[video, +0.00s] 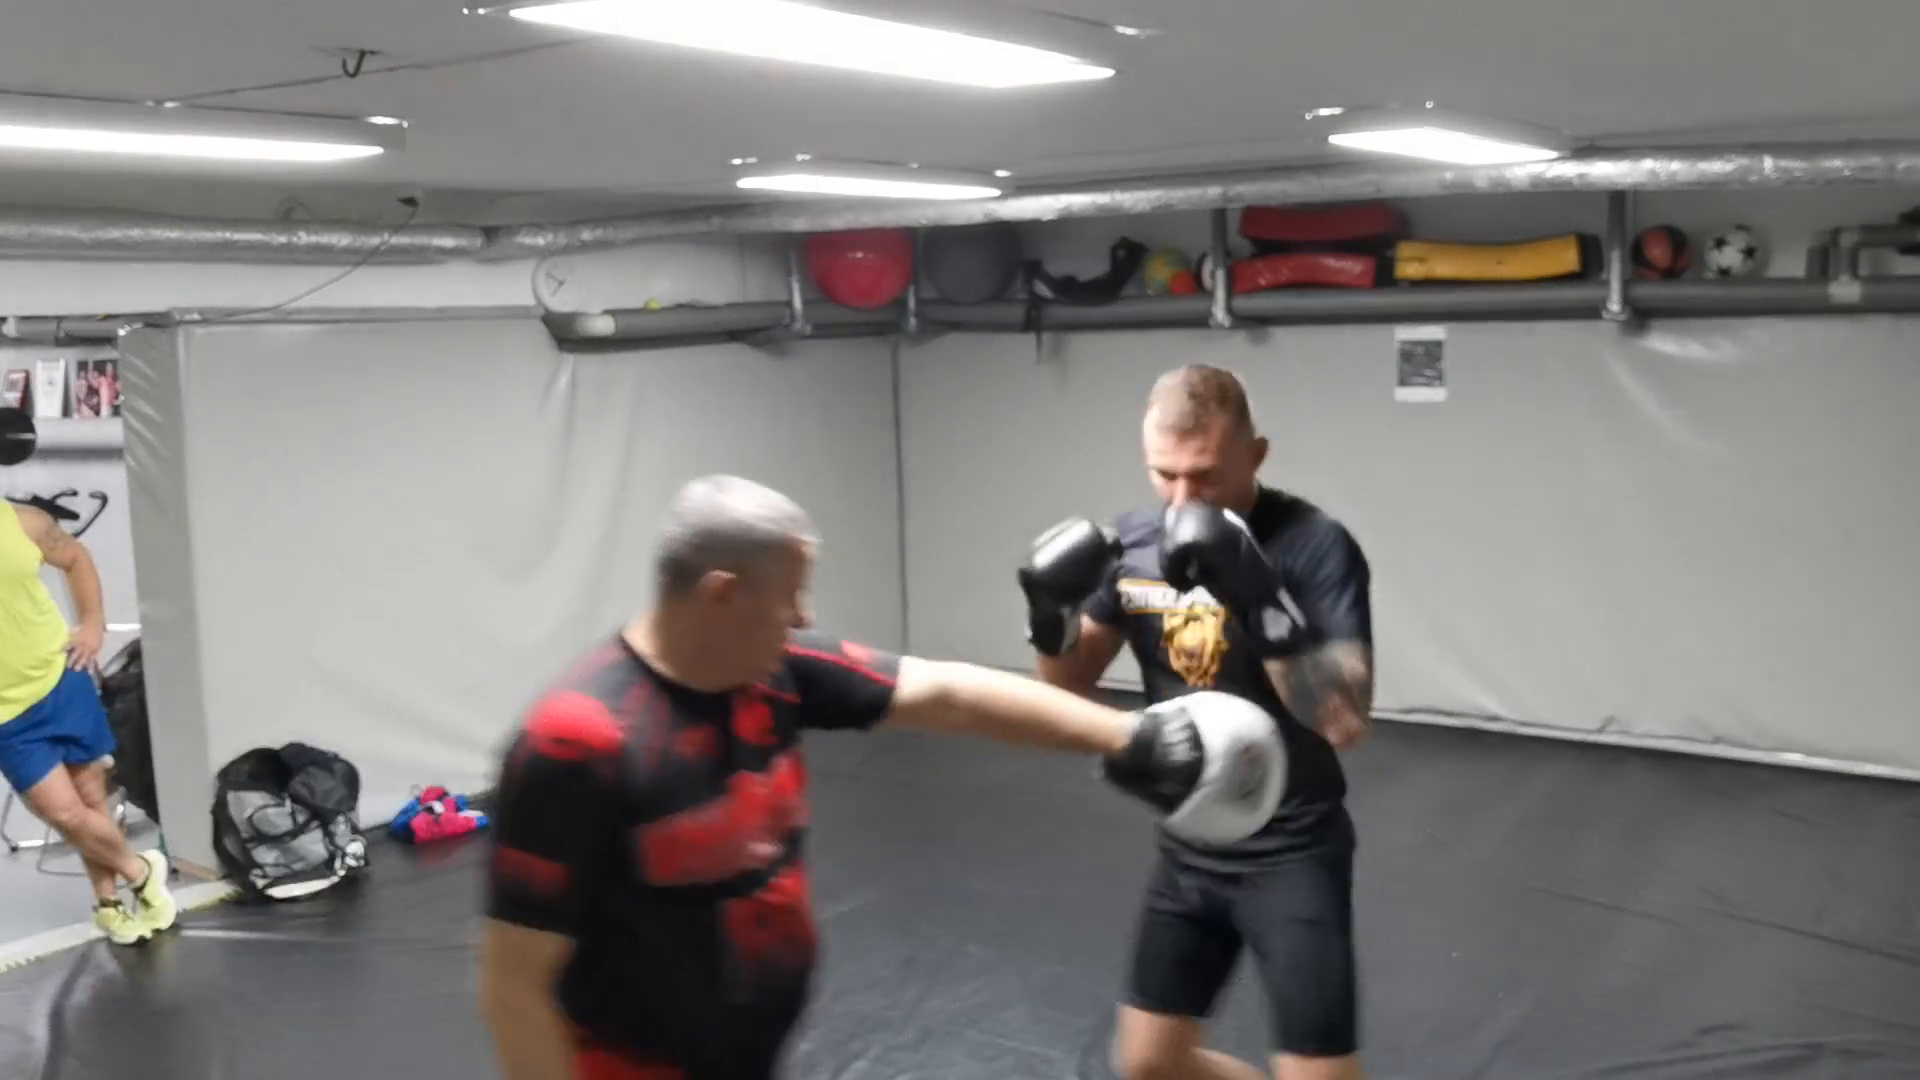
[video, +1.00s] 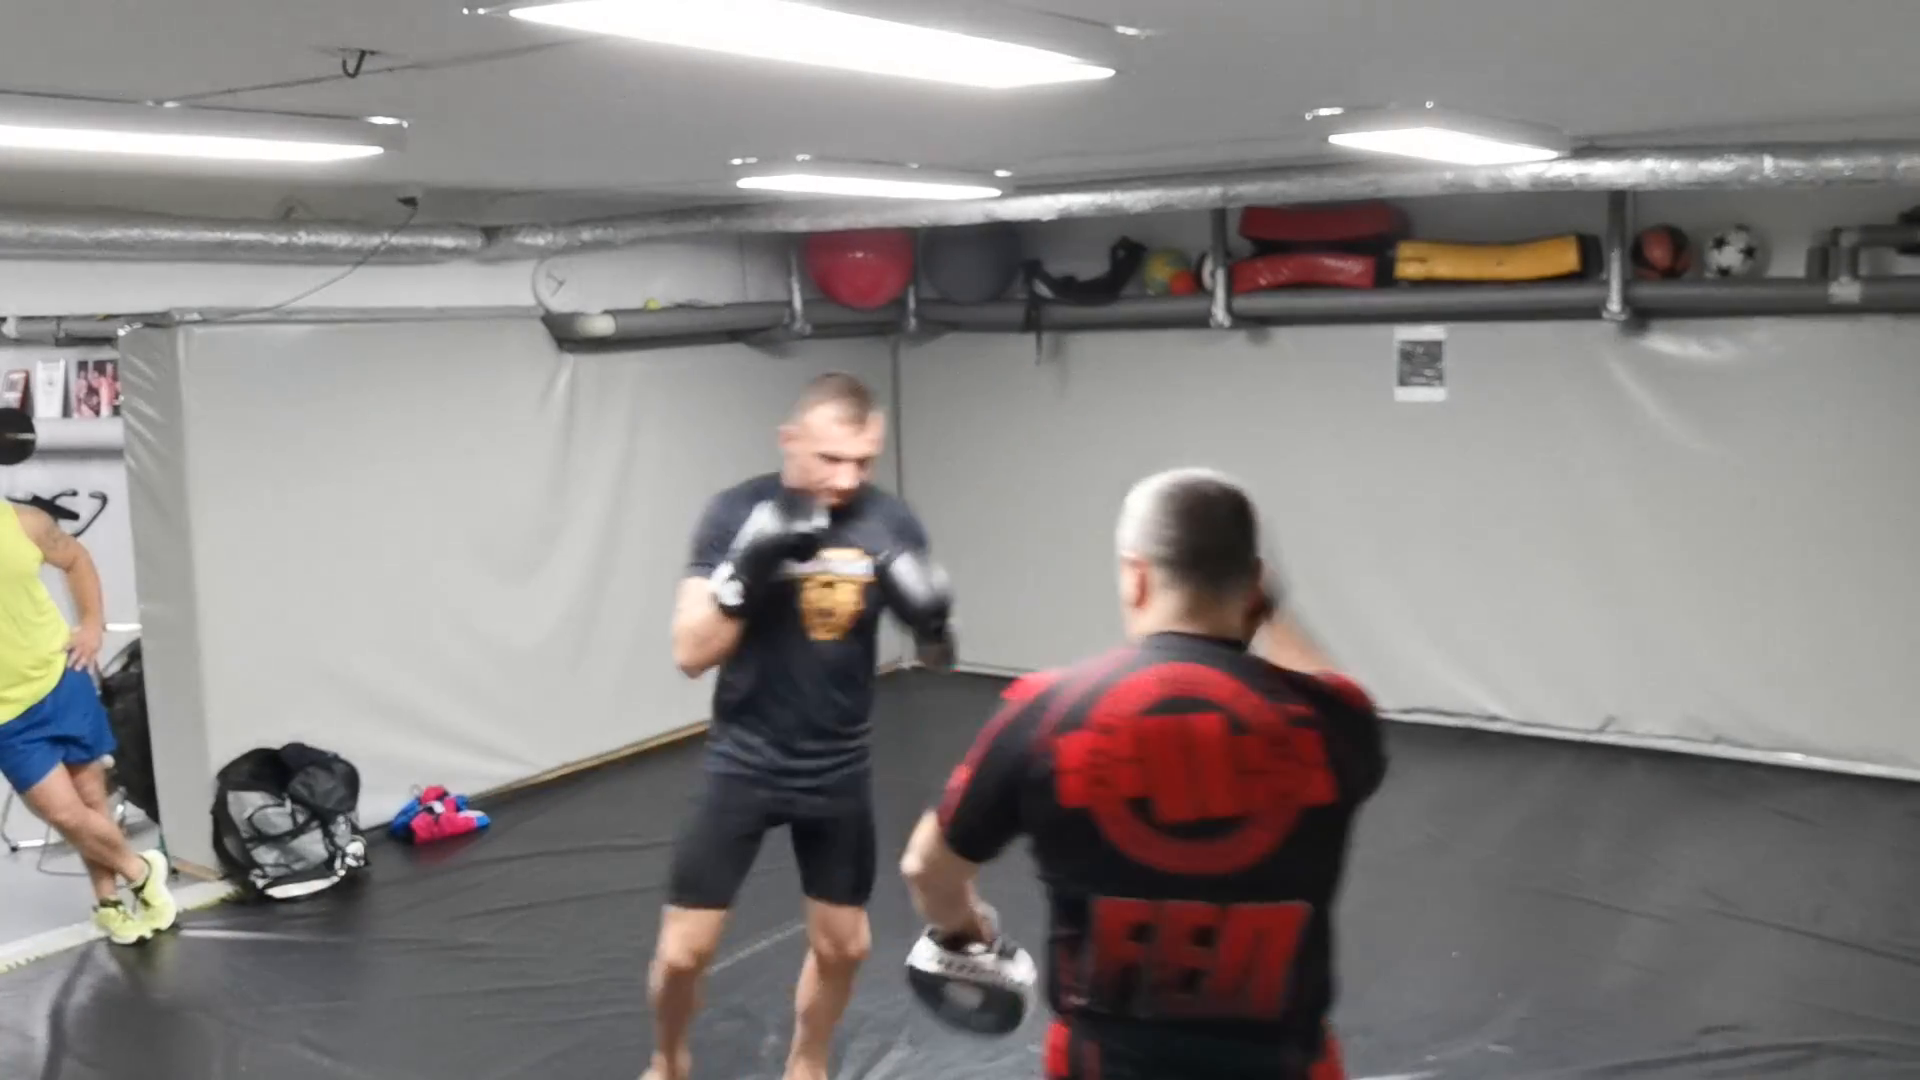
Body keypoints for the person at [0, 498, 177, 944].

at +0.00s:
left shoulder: (21, 522)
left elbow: (76, 557)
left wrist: (93, 622)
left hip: (62, 682)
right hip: (8, 714)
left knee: (90, 798)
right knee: (65, 816)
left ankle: (107, 901)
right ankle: (142, 872)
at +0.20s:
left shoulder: (20, 523)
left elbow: (76, 558)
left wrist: (93, 623)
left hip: (61, 682)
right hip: (7, 715)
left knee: (90, 797)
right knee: (65, 817)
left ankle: (107, 900)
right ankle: (141, 872)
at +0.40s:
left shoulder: (21, 523)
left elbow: (76, 558)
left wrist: (92, 624)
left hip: (61, 682)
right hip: (7, 715)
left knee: (91, 798)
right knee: (64, 816)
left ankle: (107, 901)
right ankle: (142, 872)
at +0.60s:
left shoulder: (22, 524)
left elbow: (75, 557)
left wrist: (92, 624)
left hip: (61, 683)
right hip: (7, 715)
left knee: (91, 799)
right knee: (65, 816)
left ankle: (107, 901)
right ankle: (142, 872)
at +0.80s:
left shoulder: (22, 523)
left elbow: (76, 558)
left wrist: (92, 623)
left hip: (61, 683)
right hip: (7, 715)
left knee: (91, 799)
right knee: (65, 817)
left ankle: (107, 901)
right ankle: (141, 871)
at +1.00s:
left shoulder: (21, 523)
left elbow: (76, 558)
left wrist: (92, 623)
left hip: (61, 682)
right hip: (7, 714)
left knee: (91, 798)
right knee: (65, 816)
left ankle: (107, 901)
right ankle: (142, 872)